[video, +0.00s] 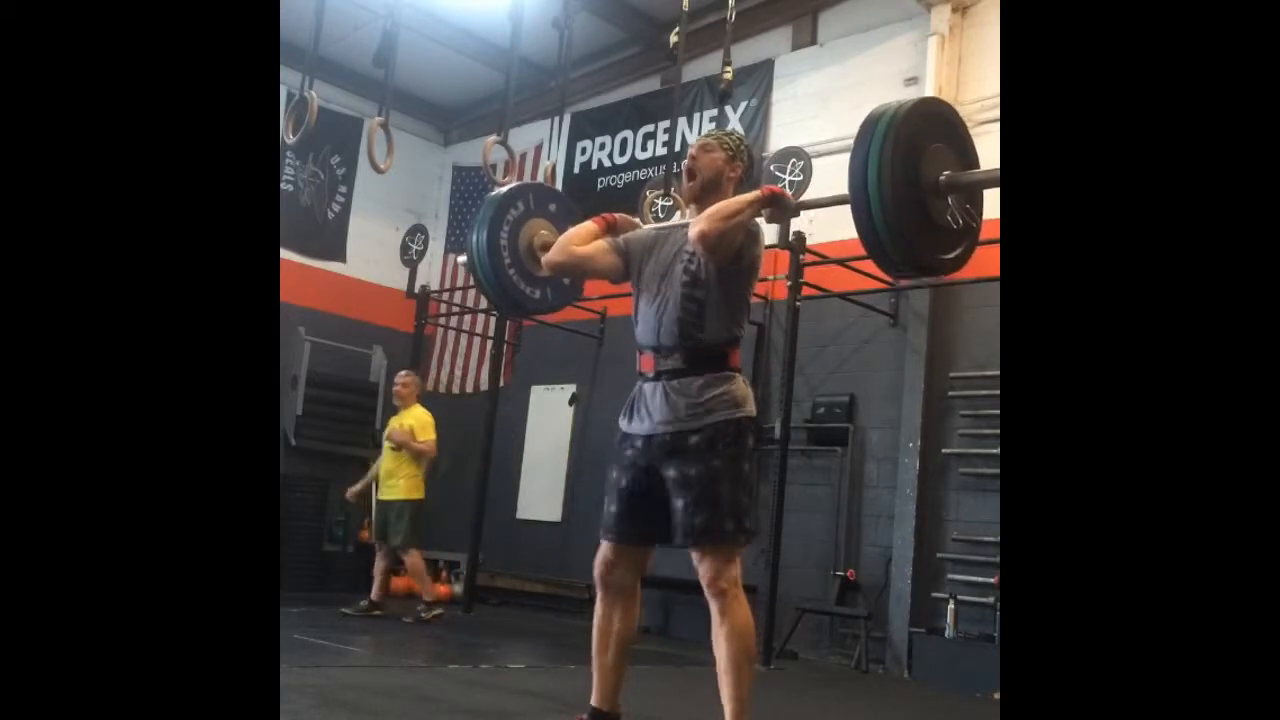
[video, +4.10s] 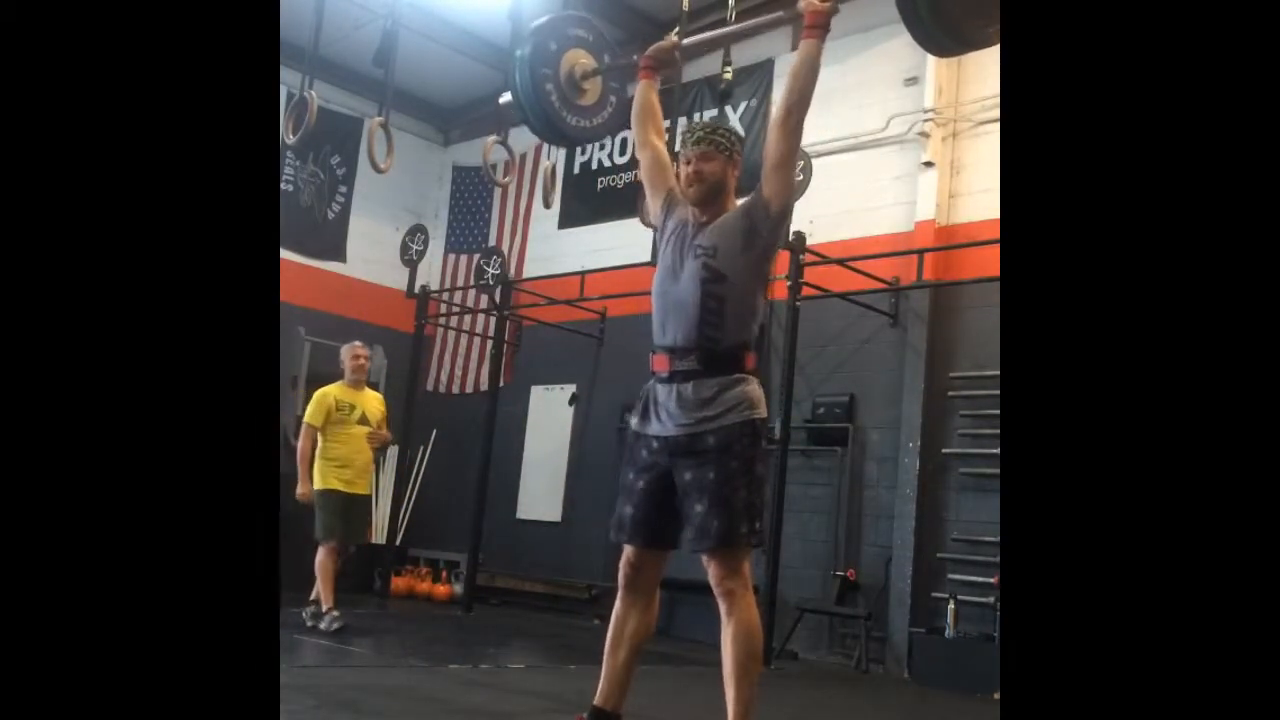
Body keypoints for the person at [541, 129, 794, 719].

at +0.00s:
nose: (687, 159)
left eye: (703, 150)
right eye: (688, 152)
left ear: (734, 169)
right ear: (684, 170)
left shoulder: (737, 232)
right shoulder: (654, 238)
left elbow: (703, 233)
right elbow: (556, 258)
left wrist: (760, 199)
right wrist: (604, 221)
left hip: (712, 414)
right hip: (645, 413)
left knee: (720, 580)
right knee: (613, 571)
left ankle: (735, 715)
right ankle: (602, 709)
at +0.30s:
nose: (680, 222)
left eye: (698, 220)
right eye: (681, 218)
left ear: (724, 248)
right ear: (672, 246)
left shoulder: (728, 307)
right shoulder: (641, 321)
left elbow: (686, 324)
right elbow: (545, 337)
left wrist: (740, 284)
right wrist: (590, 300)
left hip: (730, 485)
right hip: (663, 488)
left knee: (705, 594)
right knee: (561, 581)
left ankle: (732, 716)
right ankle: (595, 710)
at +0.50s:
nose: (671, 302)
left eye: (690, 298)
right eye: (671, 298)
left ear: (716, 323)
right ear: (661, 320)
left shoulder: (722, 389)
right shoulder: (632, 395)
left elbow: (676, 425)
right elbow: (538, 429)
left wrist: (731, 372)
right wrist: (577, 377)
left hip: (732, 547)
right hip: (657, 550)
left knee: (696, 601)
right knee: (546, 589)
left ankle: (727, 717)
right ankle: (595, 712)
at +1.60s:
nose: (686, 202)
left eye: (702, 202)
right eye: (684, 200)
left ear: (724, 232)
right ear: (670, 229)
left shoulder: (729, 294)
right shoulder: (639, 303)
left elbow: (712, 365)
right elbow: (568, 378)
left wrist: (743, 294)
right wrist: (575, 312)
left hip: (726, 459)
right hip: (657, 456)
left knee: (691, 580)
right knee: (573, 574)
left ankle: (725, 715)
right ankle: (596, 710)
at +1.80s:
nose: (715, 165)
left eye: (729, 158)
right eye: (710, 158)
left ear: (753, 177)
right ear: (700, 175)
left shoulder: (754, 228)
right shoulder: (669, 235)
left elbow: (739, 259)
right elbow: (579, 273)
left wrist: (763, 184)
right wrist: (592, 211)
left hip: (707, 402)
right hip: (643, 399)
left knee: (717, 561)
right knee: (614, 550)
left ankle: (736, 710)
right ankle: (592, 698)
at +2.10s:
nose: (695, 165)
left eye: (712, 159)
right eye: (693, 161)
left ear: (742, 179)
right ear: (684, 183)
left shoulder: (749, 235)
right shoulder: (651, 236)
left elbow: (800, 162)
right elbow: (592, 189)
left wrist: (800, 88)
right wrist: (620, 124)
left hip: (694, 416)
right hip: (628, 415)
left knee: (710, 578)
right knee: (617, 570)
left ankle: (734, 715)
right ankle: (602, 709)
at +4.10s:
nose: (696, 164)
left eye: (710, 156)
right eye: (690, 157)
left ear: (736, 170)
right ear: (680, 172)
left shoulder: (757, 219)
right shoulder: (670, 221)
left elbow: (786, 126)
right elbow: (649, 145)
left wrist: (813, 35)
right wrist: (646, 76)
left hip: (724, 409)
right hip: (658, 406)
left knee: (728, 579)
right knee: (635, 569)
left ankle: (739, 713)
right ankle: (604, 708)